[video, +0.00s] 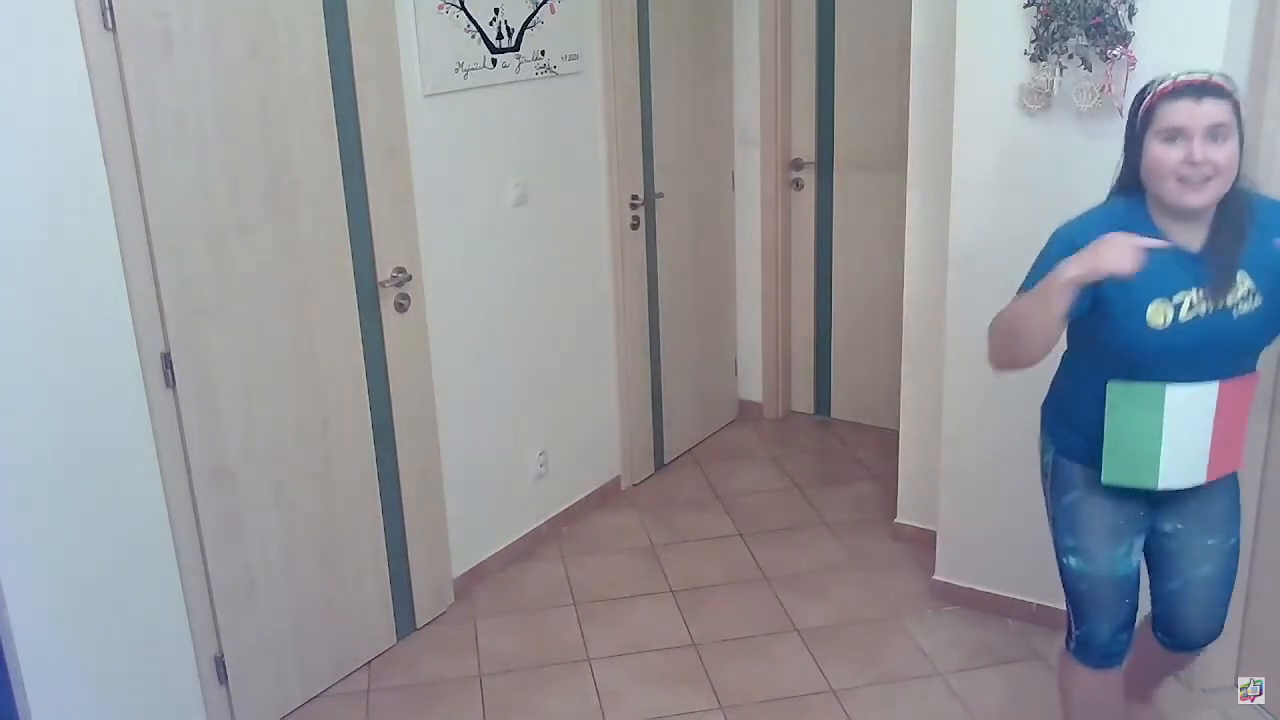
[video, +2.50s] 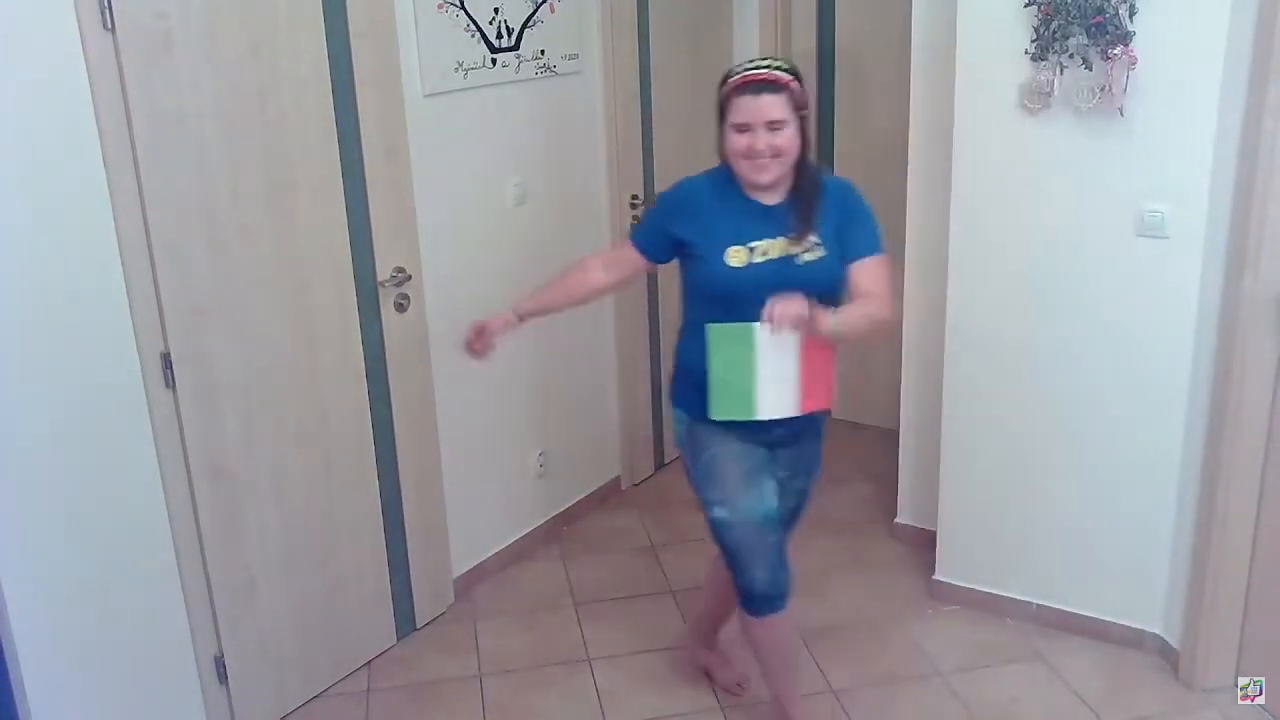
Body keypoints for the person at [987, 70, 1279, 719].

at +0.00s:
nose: (1197, 155)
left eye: (1216, 135)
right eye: (1173, 137)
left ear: (1238, 150)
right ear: (1138, 152)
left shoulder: (1267, 228)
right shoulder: (1090, 239)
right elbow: (1005, 354)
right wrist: (1074, 271)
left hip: (1208, 461)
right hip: (1096, 463)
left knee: (1191, 627)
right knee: (1102, 636)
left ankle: (1132, 695)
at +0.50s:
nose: (1236, 136)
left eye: (1255, 117)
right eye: (1216, 117)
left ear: (1277, 128)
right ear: (1183, 126)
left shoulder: (1275, 212)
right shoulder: (1134, 203)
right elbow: (1075, 315)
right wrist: (1168, 358)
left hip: (1244, 443)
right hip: (1136, 434)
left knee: (1197, 602)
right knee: (1127, 605)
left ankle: (1171, 704)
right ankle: (1123, 706)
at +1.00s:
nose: (1194, 125)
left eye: (1214, 108)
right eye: (1175, 108)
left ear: (1237, 119)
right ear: (1147, 119)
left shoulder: (1269, 203)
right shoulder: (1098, 197)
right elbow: (1013, 263)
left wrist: (1250, 340)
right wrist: (920, 306)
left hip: (1228, 443)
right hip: (1121, 438)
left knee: (1195, 604)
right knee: (1125, 607)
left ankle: (1173, 705)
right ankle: (1111, 698)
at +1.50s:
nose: (1098, 134)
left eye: (1118, 119)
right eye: (1081, 118)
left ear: (1141, 133)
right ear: (1055, 129)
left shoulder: (1180, 221)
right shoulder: (1014, 211)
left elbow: (1263, 310)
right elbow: (954, 315)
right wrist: (969, 365)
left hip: (1117, 458)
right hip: (1020, 447)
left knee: (1039, 627)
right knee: (1062, 589)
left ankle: (1026, 714)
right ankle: (1123, 693)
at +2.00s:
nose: (928, 140)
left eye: (945, 127)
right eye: (911, 126)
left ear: (969, 141)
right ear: (885, 139)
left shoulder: (997, 233)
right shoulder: (838, 224)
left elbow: (1086, 309)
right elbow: (758, 315)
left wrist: (1143, 288)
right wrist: (690, 397)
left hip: (963, 458)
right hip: (856, 457)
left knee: (973, 615)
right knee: (845, 629)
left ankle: (998, 715)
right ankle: (831, 717)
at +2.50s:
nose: (761, 144)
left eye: (777, 127)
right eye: (744, 128)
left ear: (802, 131)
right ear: (723, 133)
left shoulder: (837, 201)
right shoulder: (691, 204)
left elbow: (878, 308)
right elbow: (607, 269)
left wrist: (819, 318)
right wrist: (511, 316)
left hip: (800, 415)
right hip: (716, 415)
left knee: (755, 547)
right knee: (764, 577)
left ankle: (704, 639)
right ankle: (792, 709)